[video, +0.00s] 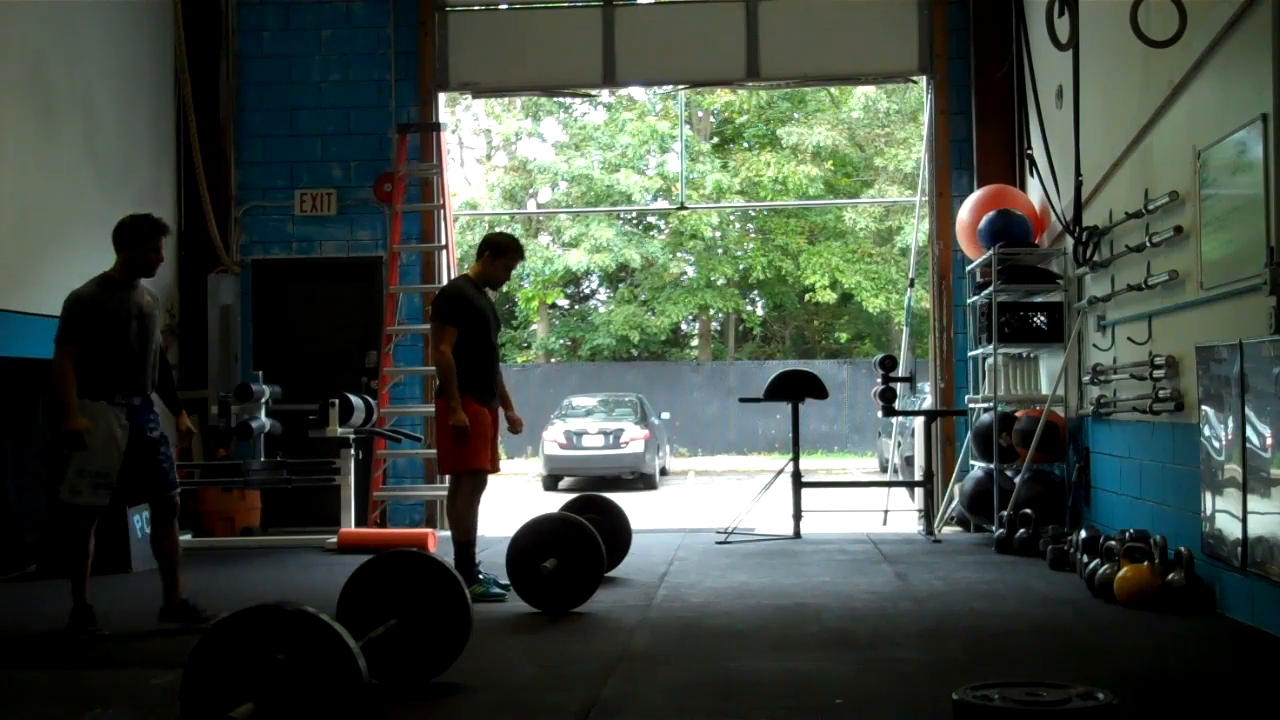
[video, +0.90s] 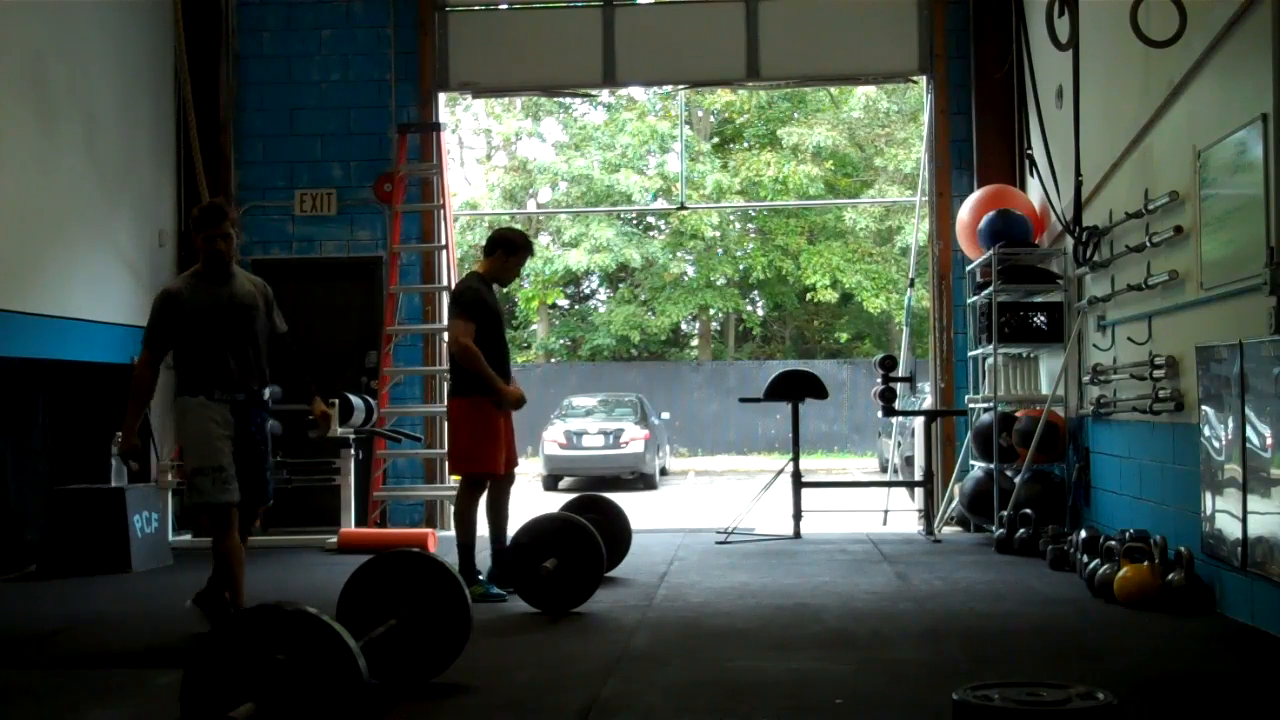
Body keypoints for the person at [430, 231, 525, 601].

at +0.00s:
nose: (508, 278)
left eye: (511, 271)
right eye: (507, 270)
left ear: (493, 261)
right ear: (488, 258)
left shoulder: (482, 299)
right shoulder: (455, 293)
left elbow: (490, 361)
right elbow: (441, 350)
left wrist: (508, 407)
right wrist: (454, 406)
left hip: (483, 405)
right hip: (464, 405)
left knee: (470, 485)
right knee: (469, 484)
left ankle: (467, 571)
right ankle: (466, 574)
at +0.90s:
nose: (518, 274)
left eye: (521, 268)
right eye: (518, 266)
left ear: (501, 257)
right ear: (500, 256)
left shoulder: (486, 292)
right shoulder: (470, 289)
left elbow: (487, 348)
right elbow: (460, 342)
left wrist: (508, 387)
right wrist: (501, 387)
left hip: (493, 402)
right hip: (473, 402)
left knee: (502, 480)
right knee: (474, 483)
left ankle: (500, 566)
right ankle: (468, 576)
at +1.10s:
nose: (522, 276)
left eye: (525, 269)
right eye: (522, 268)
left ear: (504, 259)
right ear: (505, 257)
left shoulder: (495, 292)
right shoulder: (477, 288)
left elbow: (520, 327)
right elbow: (496, 333)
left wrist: (549, 364)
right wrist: (530, 379)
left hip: (501, 402)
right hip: (480, 402)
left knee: (510, 483)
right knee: (480, 484)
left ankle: (520, 570)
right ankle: (469, 575)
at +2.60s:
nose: (576, 283)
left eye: (580, 277)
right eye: (577, 274)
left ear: (558, 260)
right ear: (560, 260)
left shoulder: (538, 294)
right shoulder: (528, 293)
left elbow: (535, 356)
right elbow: (526, 355)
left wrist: (552, 407)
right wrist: (552, 408)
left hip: (533, 402)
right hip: (522, 402)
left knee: (544, 480)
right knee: (531, 482)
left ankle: (529, 571)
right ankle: (520, 576)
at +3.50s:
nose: (614, 308)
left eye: (619, 303)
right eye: (616, 300)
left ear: (602, 282)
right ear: (604, 283)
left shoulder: (577, 312)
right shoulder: (565, 305)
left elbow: (574, 373)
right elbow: (549, 365)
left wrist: (581, 426)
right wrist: (557, 424)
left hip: (541, 399)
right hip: (525, 399)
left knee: (559, 479)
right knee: (549, 480)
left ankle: (552, 551)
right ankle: (542, 554)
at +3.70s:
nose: (625, 342)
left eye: (630, 338)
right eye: (629, 335)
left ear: (617, 314)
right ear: (621, 316)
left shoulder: (589, 336)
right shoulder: (581, 329)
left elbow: (584, 399)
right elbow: (567, 397)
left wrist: (586, 452)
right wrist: (571, 455)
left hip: (532, 404)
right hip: (515, 402)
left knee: (558, 480)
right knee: (552, 481)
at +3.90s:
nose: (627, 383)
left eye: (634, 381)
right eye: (633, 378)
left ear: (629, 355)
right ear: (630, 360)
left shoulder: (596, 364)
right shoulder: (591, 362)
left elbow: (590, 431)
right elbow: (581, 430)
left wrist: (586, 489)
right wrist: (582, 490)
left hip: (522, 410)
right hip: (509, 408)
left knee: (561, 480)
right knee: (557, 482)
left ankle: (550, 552)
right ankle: (546, 553)